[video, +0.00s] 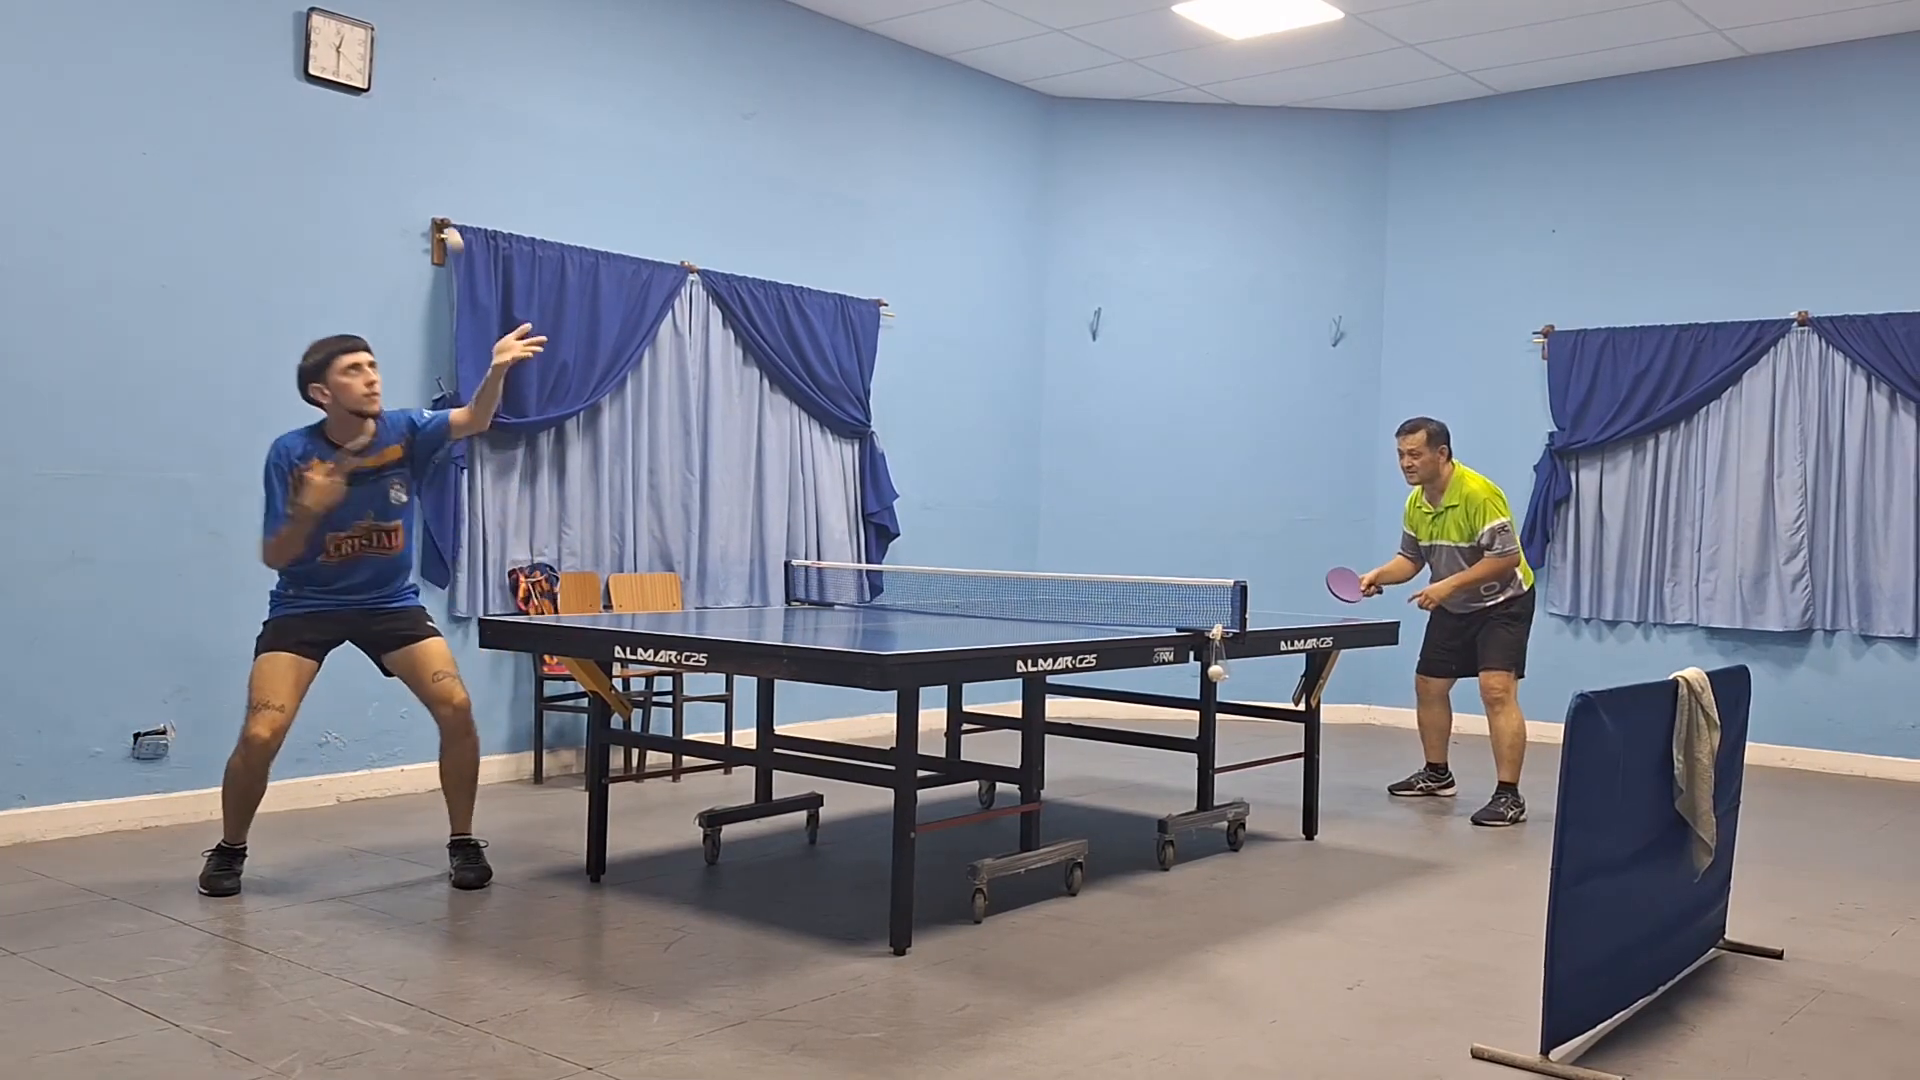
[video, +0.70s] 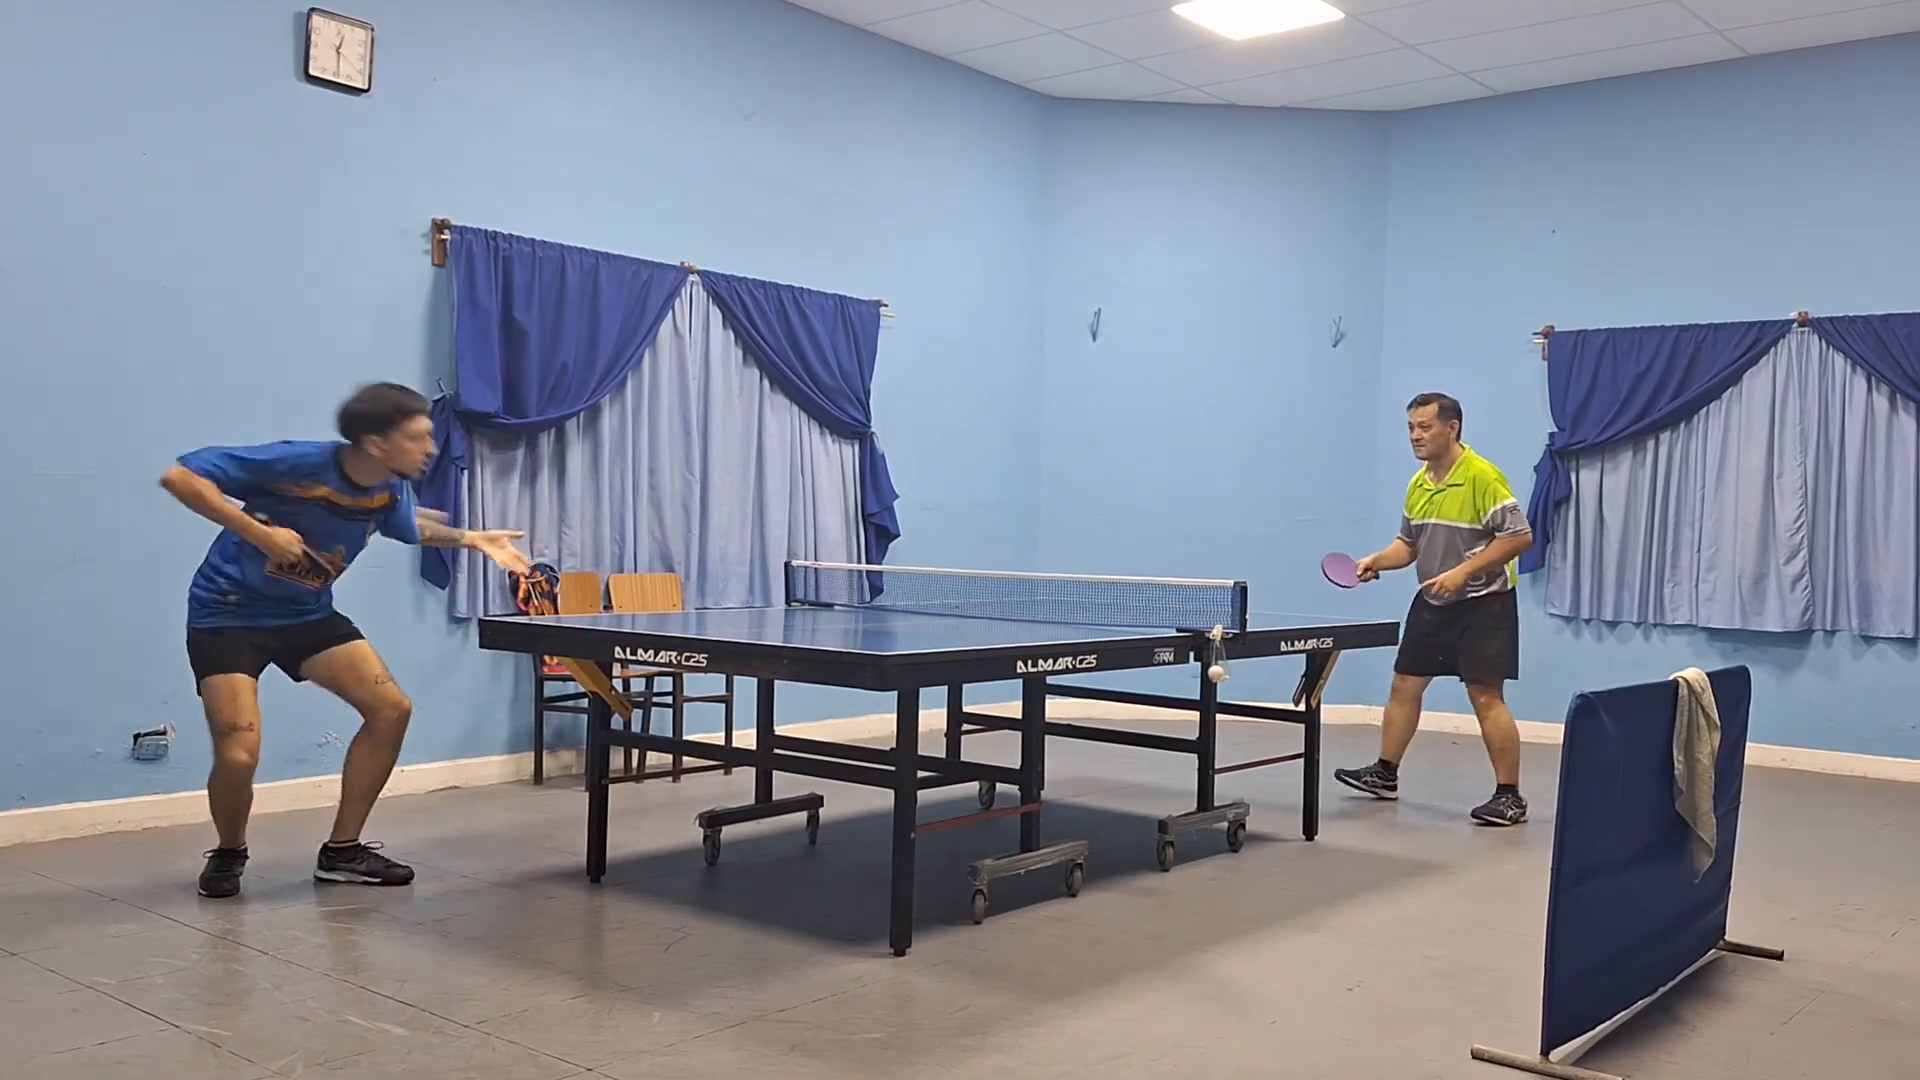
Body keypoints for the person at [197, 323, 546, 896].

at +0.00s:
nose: (371, 378)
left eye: (373, 368)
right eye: (354, 370)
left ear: (380, 377)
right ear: (321, 393)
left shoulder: (406, 430)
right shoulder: (291, 453)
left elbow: (476, 417)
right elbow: (276, 557)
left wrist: (497, 367)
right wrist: (308, 511)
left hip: (389, 600)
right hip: (305, 604)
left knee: (454, 704)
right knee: (261, 733)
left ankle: (463, 842)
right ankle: (230, 849)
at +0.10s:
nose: (340, 365)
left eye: (342, 354)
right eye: (322, 358)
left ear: (353, 367)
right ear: (291, 380)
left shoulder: (386, 423)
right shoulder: (269, 445)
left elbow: (471, 419)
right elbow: (221, 536)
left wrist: (504, 377)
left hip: (378, 599)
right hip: (291, 600)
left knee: (437, 704)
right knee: (254, 732)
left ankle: (462, 843)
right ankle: (229, 849)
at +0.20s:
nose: (313, 354)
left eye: (316, 346)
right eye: (295, 349)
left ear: (327, 362)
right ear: (266, 377)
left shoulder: (369, 423)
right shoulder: (246, 441)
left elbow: (464, 432)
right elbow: (177, 508)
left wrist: (508, 400)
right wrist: (144, 467)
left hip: (360, 595)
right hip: (274, 598)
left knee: (426, 707)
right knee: (242, 732)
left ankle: (460, 843)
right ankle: (228, 849)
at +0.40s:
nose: (293, 355)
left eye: (294, 346)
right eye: (275, 351)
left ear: (305, 360)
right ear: (244, 377)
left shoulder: (351, 427)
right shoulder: (232, 437)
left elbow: (428, 474)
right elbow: (162, 485)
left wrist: (498, 466)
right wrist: (95, 438)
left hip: (335, 590)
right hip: (250, 596)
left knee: (425, 692)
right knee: (225, 733)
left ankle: (399, 798)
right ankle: (230, 849)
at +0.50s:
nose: (314, 369)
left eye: (313, 358)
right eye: (295, 364)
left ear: (321, 370)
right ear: (262, 390)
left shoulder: (359, 439)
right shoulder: (238, 445)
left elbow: (419, 497)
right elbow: (169, 502)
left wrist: (492, 502)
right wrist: (100, 451)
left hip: (328, 594)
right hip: (245, 598)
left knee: (422, 682)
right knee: (224, 741)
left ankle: (342, 759)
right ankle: (230, 851)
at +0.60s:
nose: (359, 401)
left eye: (357, 390)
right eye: (343, 395)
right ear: (305, 413)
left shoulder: (375, 457)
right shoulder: (255, 454)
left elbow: (412, 515)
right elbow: (158, 491)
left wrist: (485, 523)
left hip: (318, 606)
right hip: (238, 607)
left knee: (412, 689)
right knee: (231, 746)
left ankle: (324, 793)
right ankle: (229, 850)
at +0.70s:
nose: (432, 450)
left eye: (431, 438)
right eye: (421, 439)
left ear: (382, 445)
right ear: (377, 444)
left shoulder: (391, 490)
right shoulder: (300, 462)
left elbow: (405, 523)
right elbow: (180, 477)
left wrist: (476, 539)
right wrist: (261, 534)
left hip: (305, 613)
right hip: (227, 611)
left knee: (390, 709)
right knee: (239, 750)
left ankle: (342, 848)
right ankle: (230, 852)